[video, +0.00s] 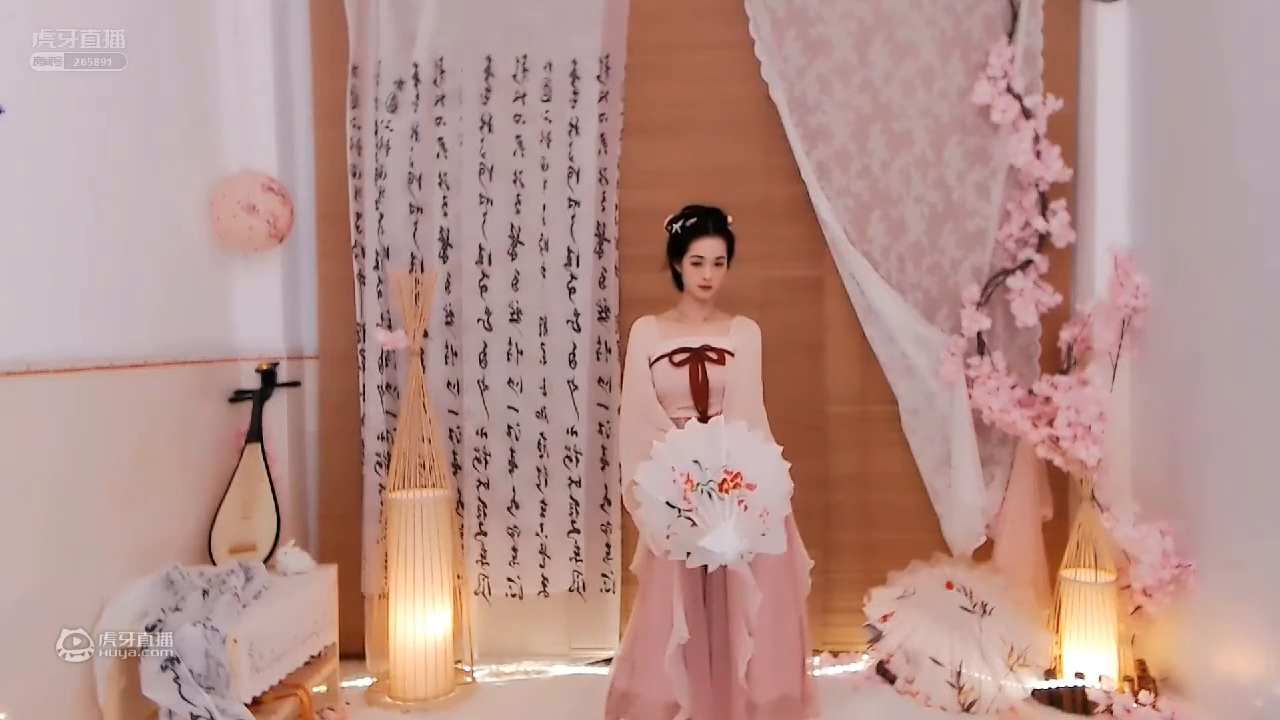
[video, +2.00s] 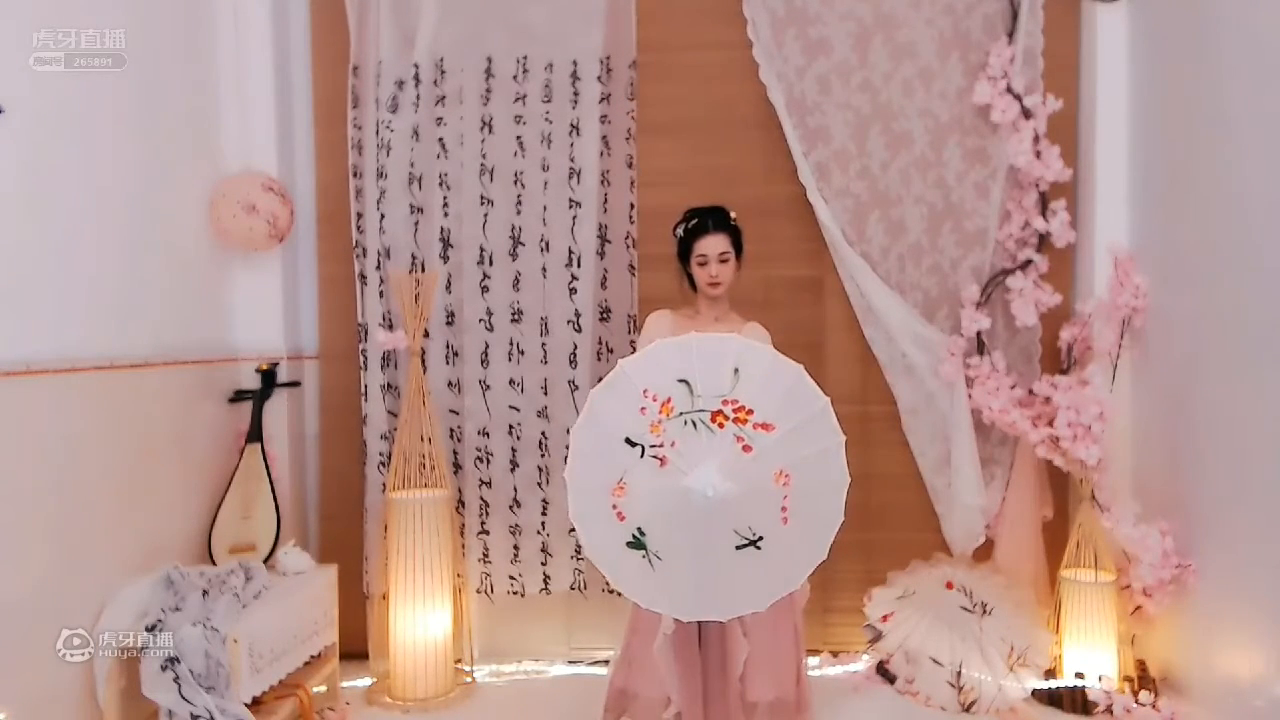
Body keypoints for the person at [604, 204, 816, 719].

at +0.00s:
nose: (708, 274)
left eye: (718, 263)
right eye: (698, 262)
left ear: (729, 267)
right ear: (677, 264)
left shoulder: (744, 332)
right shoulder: (647, 331)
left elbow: (753, 418)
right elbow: (636, 420)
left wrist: (767, 487)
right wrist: (649, 494)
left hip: (737, 483)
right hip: (671, 485)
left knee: (741, 608)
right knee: (676, 606)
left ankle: (743, 708)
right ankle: (679, 709)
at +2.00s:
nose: (713, 271)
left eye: (723, 259)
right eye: (702, 261)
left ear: (737, 263)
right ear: (688, 267)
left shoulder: (755, 334)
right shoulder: (661, 325)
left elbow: (773, 424)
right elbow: (642, 413)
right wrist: (651, 480)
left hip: (740, 495)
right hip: (675, 492)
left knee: (741, 611)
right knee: (674, 611)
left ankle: (739, 712)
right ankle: (676, 711)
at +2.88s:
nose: (716, 270)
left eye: (725, 258)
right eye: (705, 260)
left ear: (741, 263)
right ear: (691, 266)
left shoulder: (758, 335)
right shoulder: (664, 324)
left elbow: (776, 423)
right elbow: (644, 409)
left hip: (739, 487)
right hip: (676, 483)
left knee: (738, 602)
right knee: (675, 601)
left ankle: (736, 709)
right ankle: (676, 709)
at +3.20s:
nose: (717, 270)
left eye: (727, 258)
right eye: (706, 260)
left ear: (742, 262)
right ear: (692, 266)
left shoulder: (760, 335)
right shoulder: (666, 323)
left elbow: (776, 425)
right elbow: (646, 410)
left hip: (741, 488)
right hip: (678, 484)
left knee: (740, 605)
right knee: (677, 603)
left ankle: (739, 709)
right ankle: (678, 709)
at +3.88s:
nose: (717, 270)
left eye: (727, 258)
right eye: (706, 260)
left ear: (743, 263)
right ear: (692, 266)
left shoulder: (760, 335)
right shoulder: (670, 322)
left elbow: (781, 416)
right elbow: (649, 407)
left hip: (745, 478)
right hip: (678, 474)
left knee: (743, 595)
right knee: (678, 594)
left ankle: (741, 708)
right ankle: (675, 709)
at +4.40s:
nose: (719, 271)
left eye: (729, 258)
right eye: (708, 261)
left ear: (746, 263)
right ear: (695, 268)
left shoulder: (764, 340)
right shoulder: (675, 336)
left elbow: (790, 433)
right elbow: (647, 423)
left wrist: (796, 530)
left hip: (754, 488)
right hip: (686, 485)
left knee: (750, 608)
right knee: (684, 608)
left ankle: (750, 710)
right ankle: (681, 710)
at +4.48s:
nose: (719, 271)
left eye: (729, 258)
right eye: (708, 260)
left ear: (745, 263)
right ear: (695, 267)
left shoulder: (766, 339)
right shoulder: (672, 336)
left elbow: (790, 428)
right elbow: (646, 421)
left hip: (752, 489)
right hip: (684, 486)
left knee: (748, 609)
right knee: (682, 609)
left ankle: (749, 710)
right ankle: (679, 711)